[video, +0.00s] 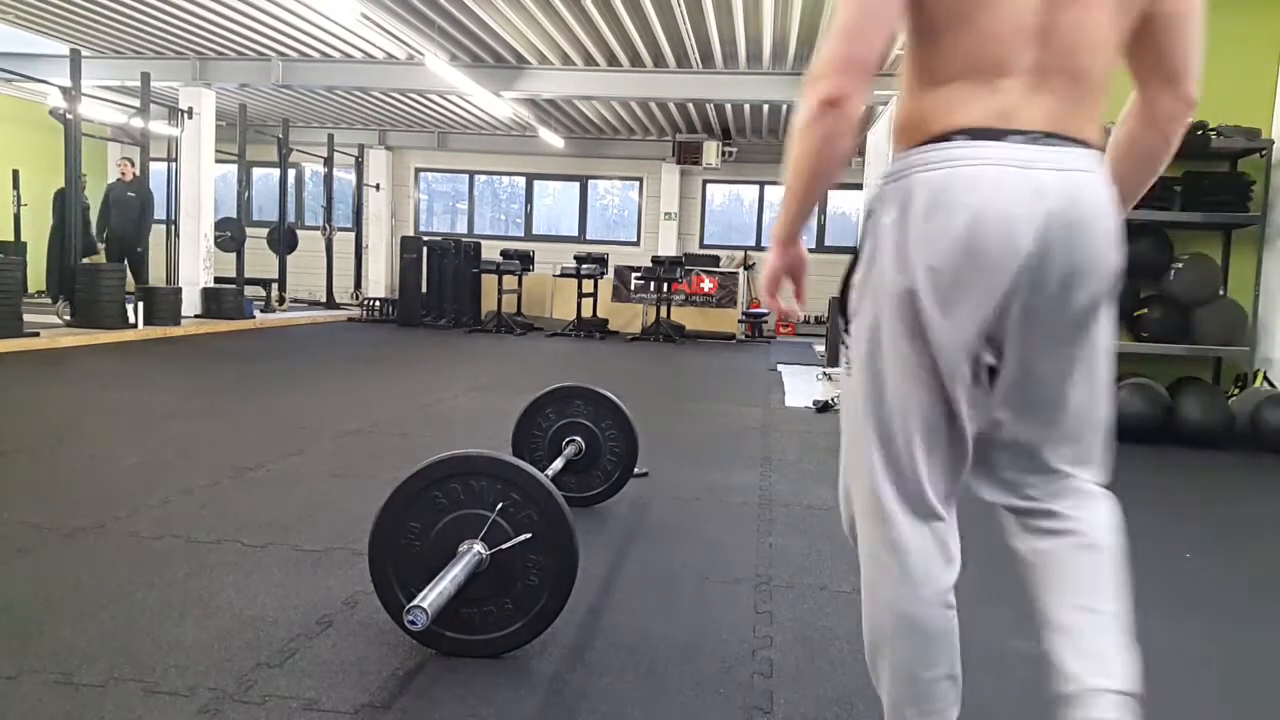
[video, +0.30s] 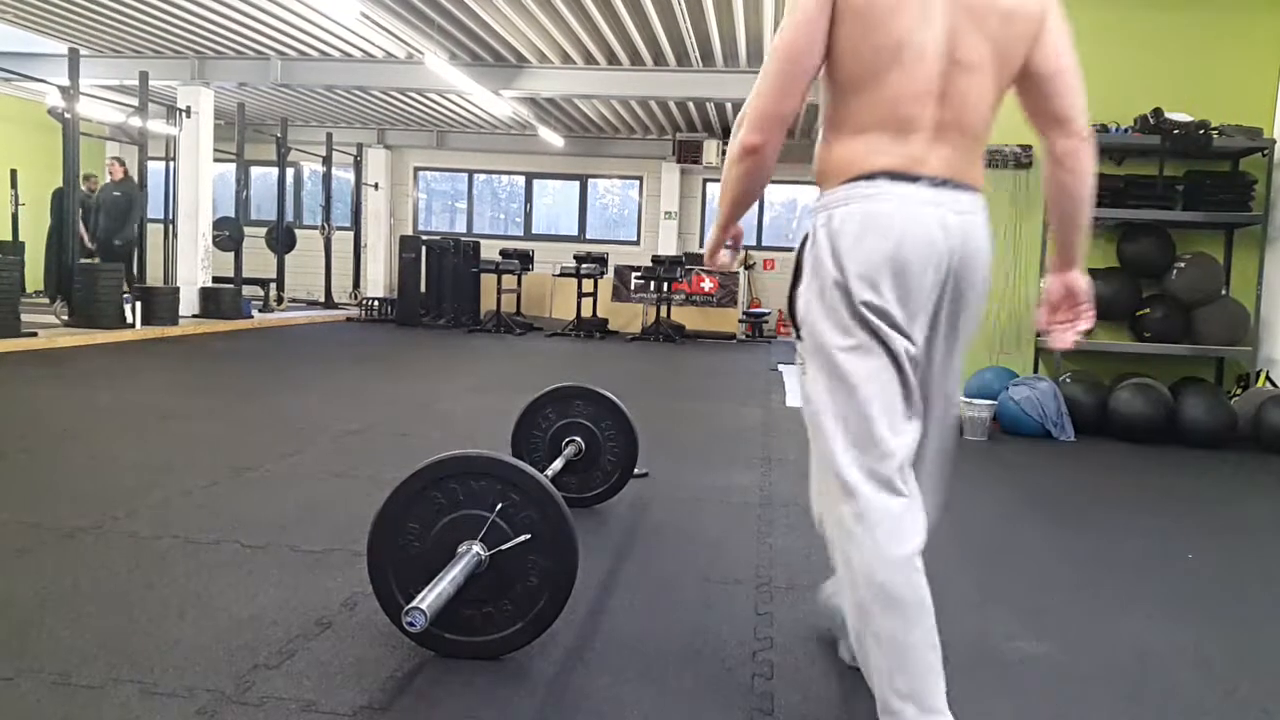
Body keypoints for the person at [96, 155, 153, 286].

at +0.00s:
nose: (122, 168)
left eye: (125, 165)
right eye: (119, 165)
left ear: (132, 168)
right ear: (117, 168)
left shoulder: (143, 189)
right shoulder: (111, 188)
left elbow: (147, 218)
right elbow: (103, 213)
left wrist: (142, 242)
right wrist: (99, 236)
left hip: (135, 242)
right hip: (114, 242)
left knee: (141, 283)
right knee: (113, 281)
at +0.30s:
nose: (109, 168)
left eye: (112, 165)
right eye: (109, 165)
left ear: (122, 168)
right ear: (109, 168)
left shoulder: (132, 187)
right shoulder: (104, 188)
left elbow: (135, 215)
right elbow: (95, 212)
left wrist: (123, 237)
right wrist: (93, 235)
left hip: (123, 238)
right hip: (104, 238)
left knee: (126, 273)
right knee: (106, 273)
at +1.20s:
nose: (96, 170)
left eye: (98, 167)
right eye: (96, 167)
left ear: (107, 168)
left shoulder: (119, 183)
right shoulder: (101, 184)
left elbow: (95, 188)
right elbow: (95, 215)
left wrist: (93, 178)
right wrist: (91, 235)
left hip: (111, 233)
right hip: (99, 232)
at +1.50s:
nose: (94, 169)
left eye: (97, 166)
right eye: (95, 166)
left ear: (106, 168)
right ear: (108, 168)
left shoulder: (113, 184)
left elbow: (91, 187)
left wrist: (92, 175)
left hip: (104, 232)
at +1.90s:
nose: (90, 168)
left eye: (93, 164)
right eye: (91, 164)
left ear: (103, 167)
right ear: (105, 168)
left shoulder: (103, 185)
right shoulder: (113, 182)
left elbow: (82, 184)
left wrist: (89, 174)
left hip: (97, 230)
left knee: (96, 269)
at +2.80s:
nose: (94, 170)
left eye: (94, 168)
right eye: (94, 168)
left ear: (96, 169)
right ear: (111, 169)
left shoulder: (86, 186)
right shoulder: (121, 186)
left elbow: (79, 211)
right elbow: (126, 212)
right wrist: (127, 230)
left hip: (94, 232)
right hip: (119, 233)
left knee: (88, 271)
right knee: (108, 270)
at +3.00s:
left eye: (97, 169)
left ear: (97, 170)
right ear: (112, 169)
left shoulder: (88, 186)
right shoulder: (122, 187)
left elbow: (79, 211)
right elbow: (130, 213)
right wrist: (128, 231)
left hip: (97, 234)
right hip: (121, 234)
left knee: (90, 272)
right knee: (111, 271)